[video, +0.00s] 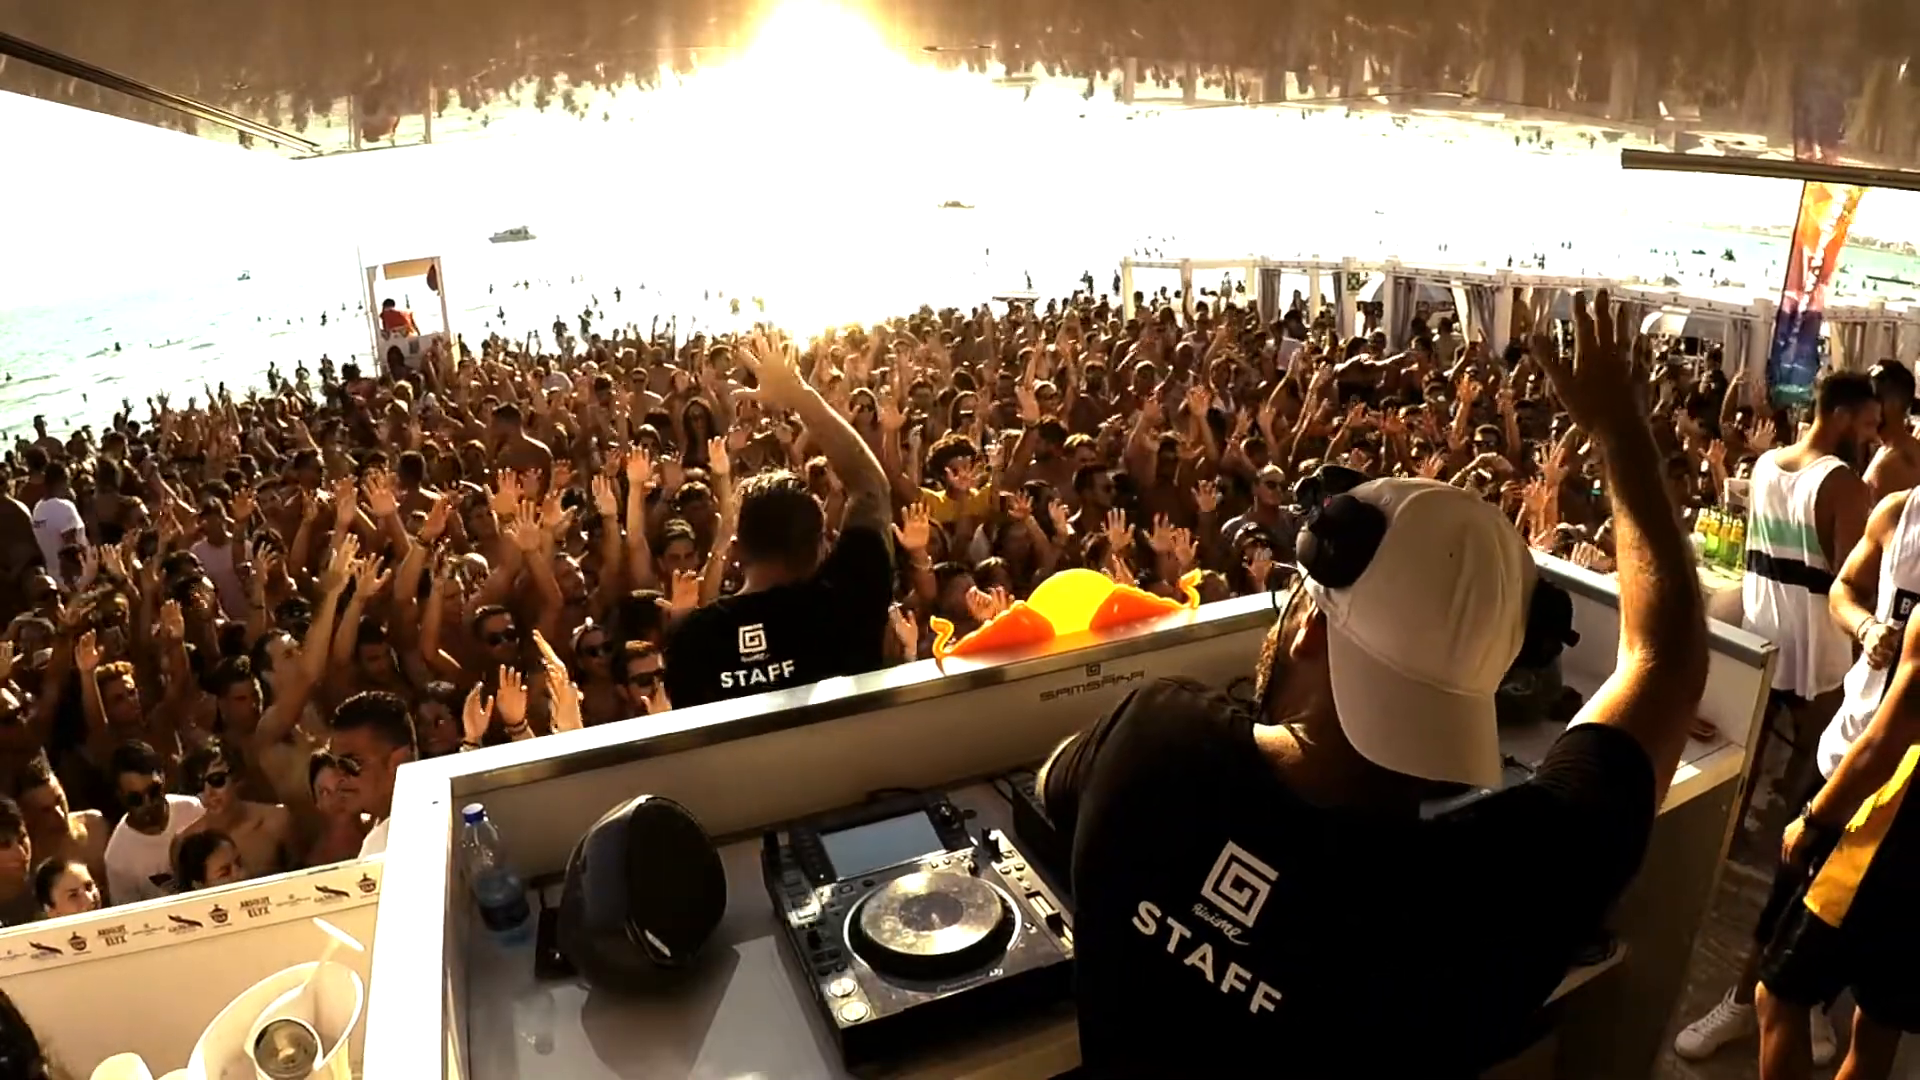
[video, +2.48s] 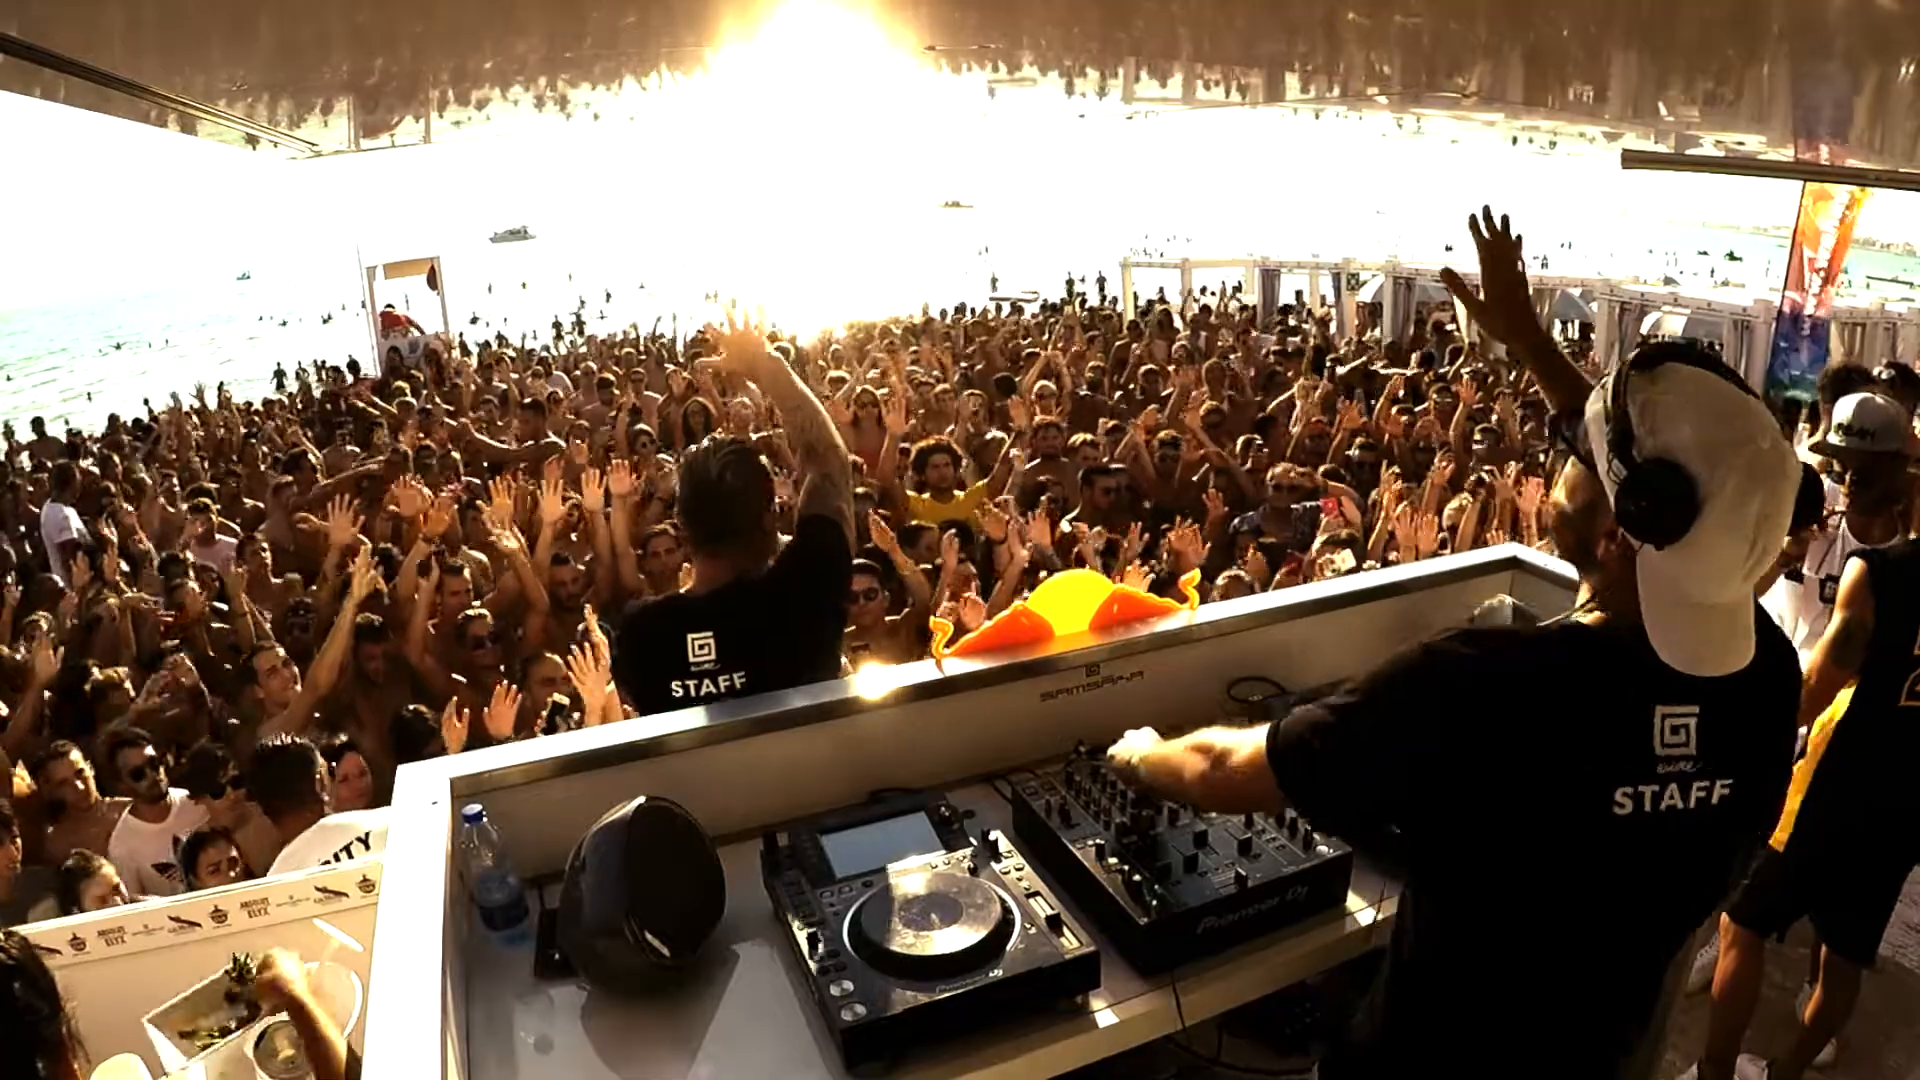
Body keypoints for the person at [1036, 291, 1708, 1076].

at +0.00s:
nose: (1288, 604)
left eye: (1302, 593)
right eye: (1303, 586)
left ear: (1314, 630)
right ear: (1481, 682)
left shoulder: (1151, 738)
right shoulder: (1493, 893)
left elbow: (1051, 799)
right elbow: (1666, 654)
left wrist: (1266, 680)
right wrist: (1619, 424)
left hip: (1111, 1055)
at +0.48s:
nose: (1305, 603)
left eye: (1318, 593)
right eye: (1321, 584)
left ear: (1323, 631)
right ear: (1493, 686)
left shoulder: (1159, 741)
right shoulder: (1495, 894)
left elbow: (1060, 789)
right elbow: (1671, 672)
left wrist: (1268, 711)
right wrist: (1617, 441)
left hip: (1115, 1057)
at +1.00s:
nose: (1316, 593)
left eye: (1327, 586)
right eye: (1331, 578)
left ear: (1327, 626)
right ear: (1500, 687)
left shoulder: (1164, 734)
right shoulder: (1497, 887)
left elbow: (1052, 785)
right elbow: (1684, 670)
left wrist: (1281, 702)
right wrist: (1621, 446)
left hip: (1118, 1058)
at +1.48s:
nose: (1315, 579)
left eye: (1324, 569)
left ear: (1325, 598)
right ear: (1498, 649)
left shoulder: (1176, 708)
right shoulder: (1500, 855)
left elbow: (1039, 792)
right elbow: (1678, 628)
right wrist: (1598, 405)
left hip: (1142, 1058)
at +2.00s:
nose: (1390, 525)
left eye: (1402, 510)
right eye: (1404, 502)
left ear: (1422, 557)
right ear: (1576, 567)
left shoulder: (1298, 698)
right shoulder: (1643, 762)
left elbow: (1094, 790)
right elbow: (1650, 554)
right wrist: (1543, 404)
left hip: (1283, 1053)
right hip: (1520, 1066)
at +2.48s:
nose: (1563, 462)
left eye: (1583, 458)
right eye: (1575, 450)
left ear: (1621, 523)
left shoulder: (1480, 685)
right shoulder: (1765, 684)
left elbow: (1227, 771)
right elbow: (1663, 487)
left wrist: (1139, 753)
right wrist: (1529, 342)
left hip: (1430, 1058)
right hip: (1611, 1053)